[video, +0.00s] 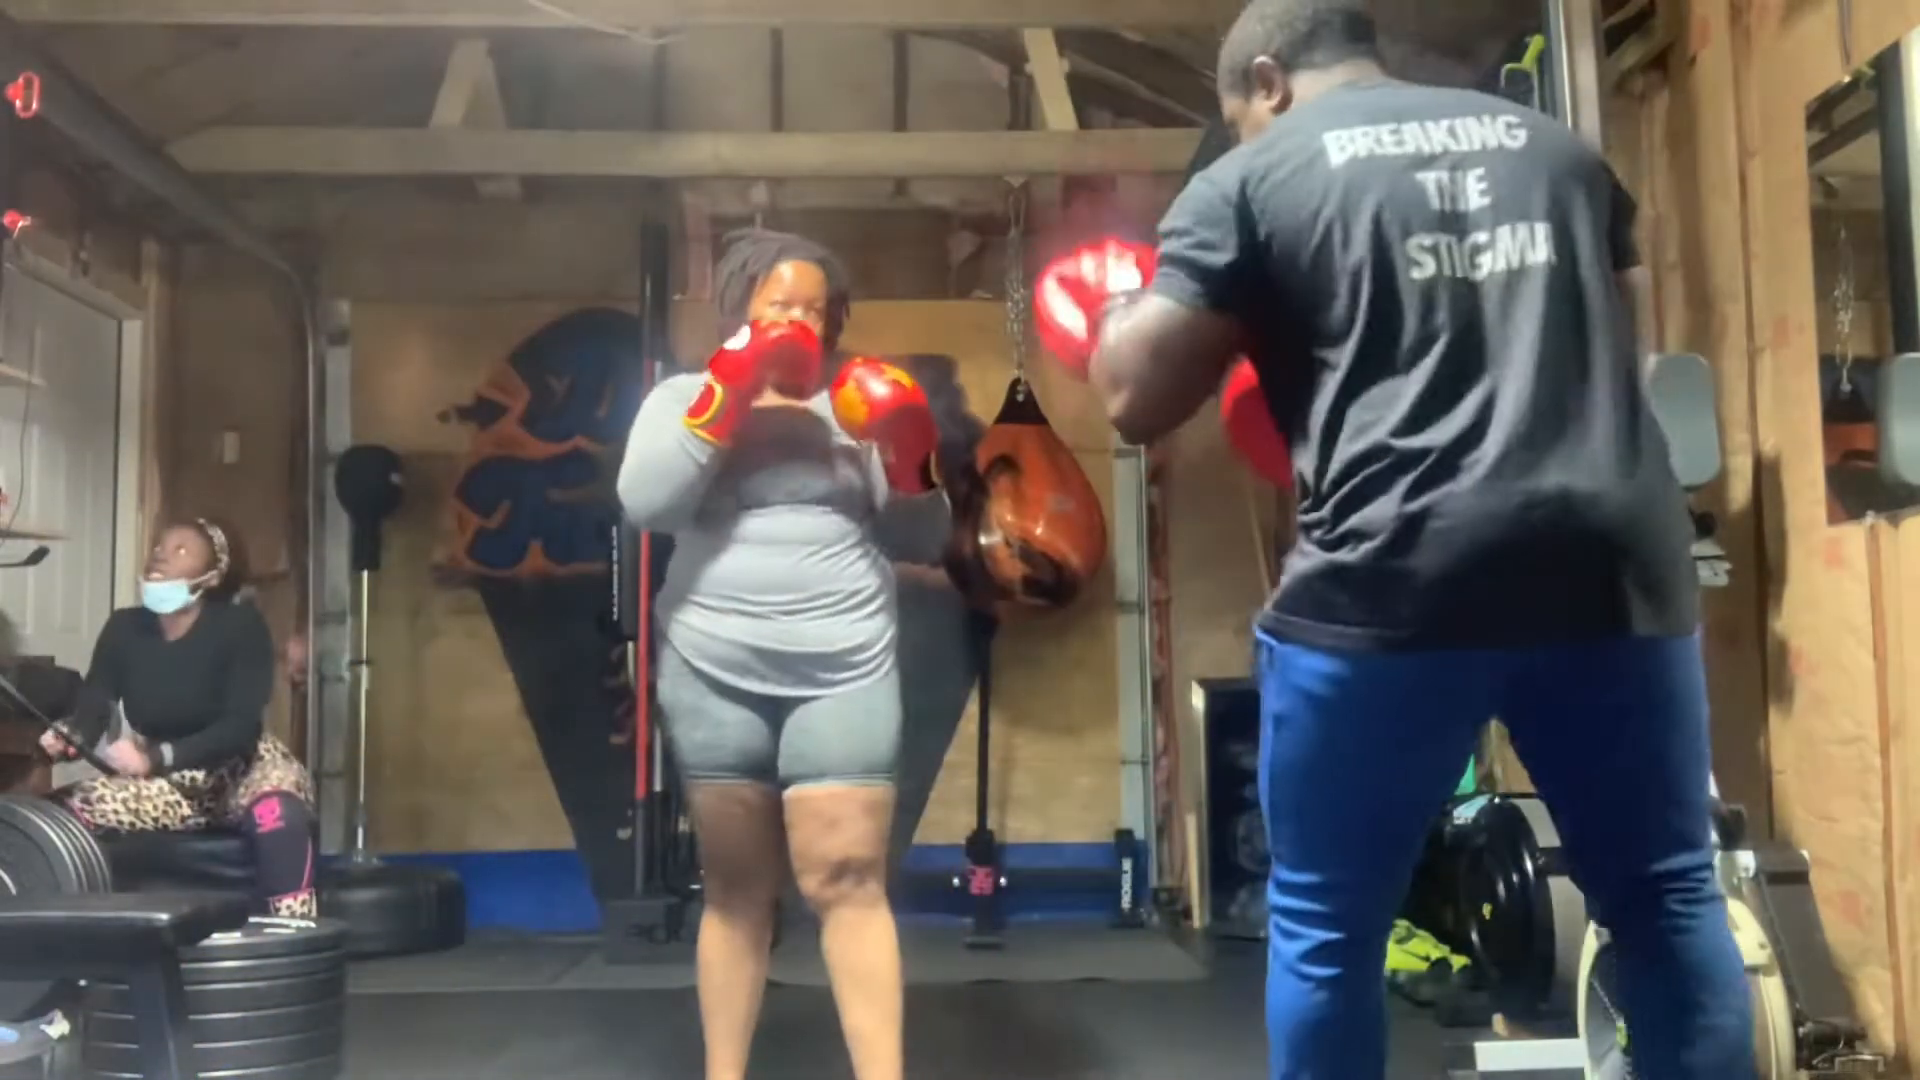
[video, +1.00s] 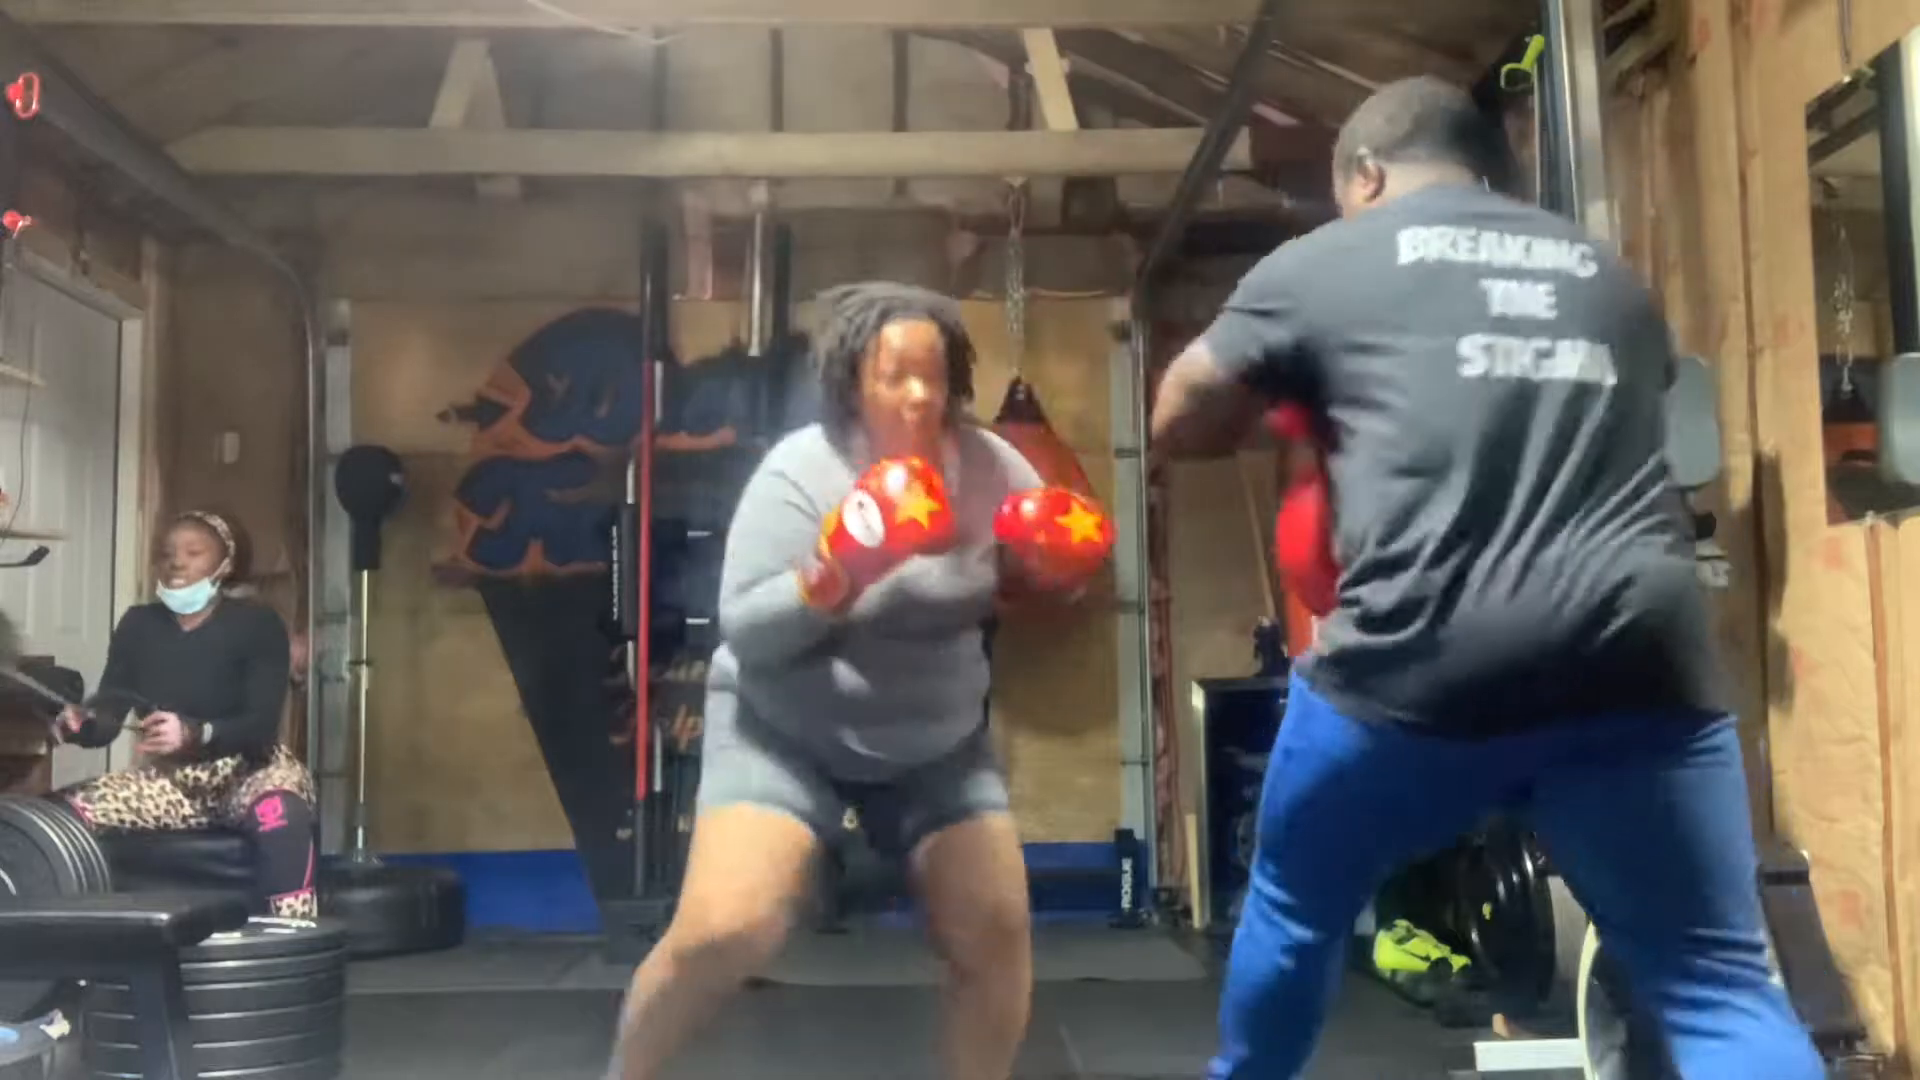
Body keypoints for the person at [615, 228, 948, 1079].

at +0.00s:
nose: (798, 326)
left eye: (813, 312)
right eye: (781, 309)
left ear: (834, 324)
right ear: (737, 312)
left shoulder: (861, 410)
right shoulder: (684, 399)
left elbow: (920, 542)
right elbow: (643, 502)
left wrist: (908, 455)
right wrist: (728, 394)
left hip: (847, 667)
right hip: (713, 667)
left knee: (847, 881)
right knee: (735, 892)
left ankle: (883, 1075)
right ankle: (725, 1075)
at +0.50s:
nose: (804, 335)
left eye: (821, 319)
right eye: (785, 316)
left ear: (841, 330)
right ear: (744, 324)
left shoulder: (875, 411)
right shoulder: (699, 411)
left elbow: (954, 534)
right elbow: (640, 534)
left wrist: (929, 432)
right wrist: (702, 422)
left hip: (863, 680)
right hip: (722, 685)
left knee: (896, 886)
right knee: (725, 897)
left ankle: (955, 1075)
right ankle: (725, 1075)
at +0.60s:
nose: (814, 309)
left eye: (832, 293)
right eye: (795, 290)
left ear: (858, 307)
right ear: (752, 299)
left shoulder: (901, 379)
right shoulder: (721, 394)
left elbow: (1013, 435)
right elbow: (649, 506)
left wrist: (998, 330)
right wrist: (717, 389)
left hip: (883, 674)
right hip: (745, 675)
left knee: (902, 889)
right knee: (746, 900)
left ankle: (955, 1074)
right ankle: (730, 1072)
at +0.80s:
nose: (864, 326)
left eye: (883, 311)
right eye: (847, 306)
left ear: (905, 322)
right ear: (805, 307)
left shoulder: (936, 392)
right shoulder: (745, 390)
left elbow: (1050, 474)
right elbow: (698, 528)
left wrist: (1045, 411)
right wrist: (782, 432)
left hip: (922, 679)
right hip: (777, 680)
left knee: (947, 898)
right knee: (764, 912)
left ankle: (967, 1072)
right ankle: (735, 1072)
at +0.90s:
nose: (899, 354)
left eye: (914, 334)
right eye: (877, 334)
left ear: (934, 343)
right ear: (831, 340)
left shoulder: (973, 434)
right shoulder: (780, 429)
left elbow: (1029, 573)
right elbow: (722, 586)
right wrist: (801, 524)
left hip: (935, 713)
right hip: (784, 709)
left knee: (969, 920)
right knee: (742, 939)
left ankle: (974, 1074)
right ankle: (704, 1062)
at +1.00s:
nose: (920, 395)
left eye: (934, 374)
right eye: (897, 375)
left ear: (952, 380)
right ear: (850, 382)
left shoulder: (994, 467)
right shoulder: (798, 471)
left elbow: (1034, 596)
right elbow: (747, 634)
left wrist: (1057, 574)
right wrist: (831, 583)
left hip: (939, 742)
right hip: (779, 734)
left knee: (998, 933)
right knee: (730, 928)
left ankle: (979, 1076)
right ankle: (628, 1070)